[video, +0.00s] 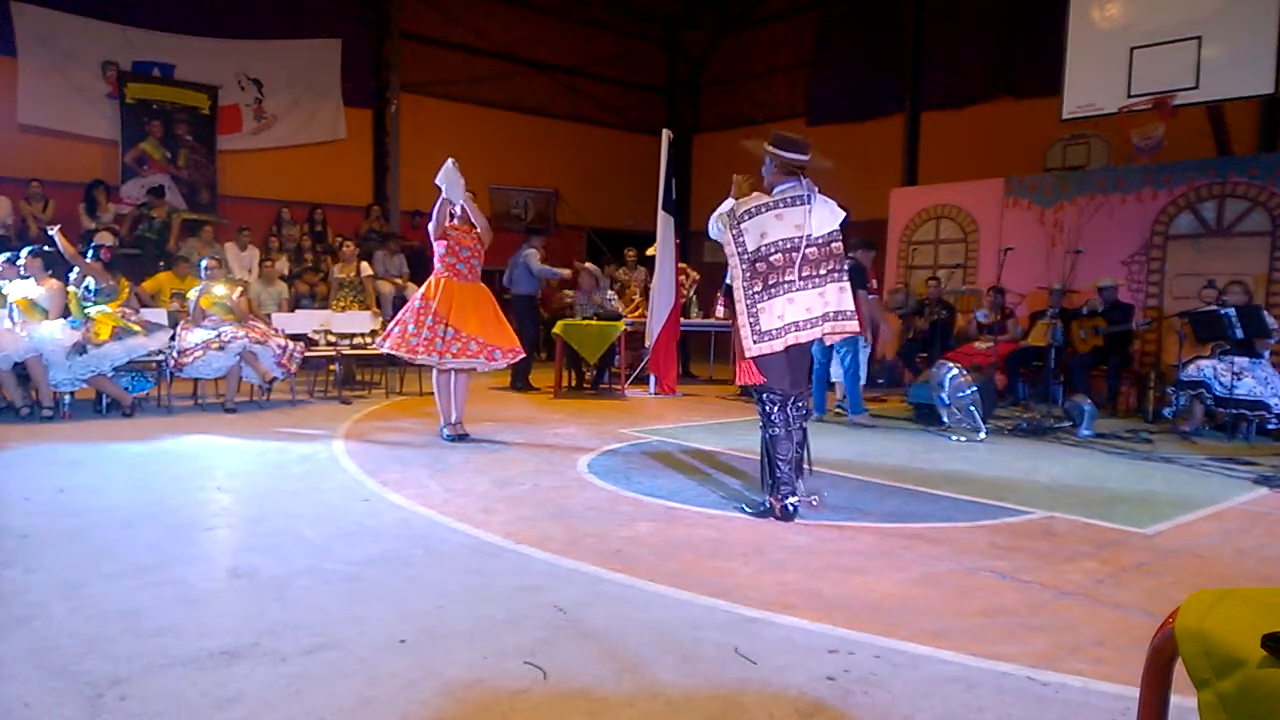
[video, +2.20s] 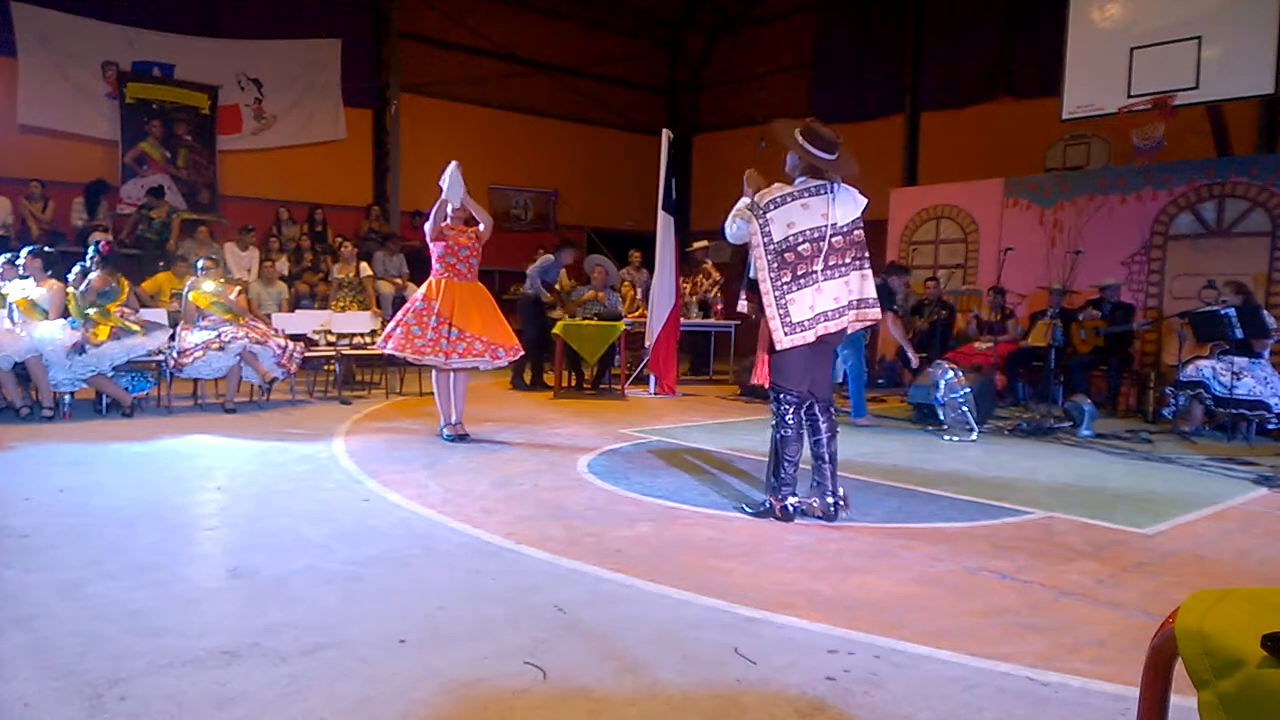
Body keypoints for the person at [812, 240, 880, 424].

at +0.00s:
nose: (870, 261)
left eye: (871, 257)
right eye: (869, 257)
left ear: (850, 252)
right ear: (860, 253)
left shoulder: (825, 266)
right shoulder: (856, 268)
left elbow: (819, 297)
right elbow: (862, 299)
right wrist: (867, 328)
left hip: (822, 323)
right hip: (846, 324)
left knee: (820, 368)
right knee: (851, 370)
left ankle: (818, 409)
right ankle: (856, 410)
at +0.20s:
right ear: (860, 256)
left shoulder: (824, 270)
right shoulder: (859, 272)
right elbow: (871, 308)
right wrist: (886, 339)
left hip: (820, 323)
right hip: (846, 325)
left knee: (818, 366)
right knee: (852, 368)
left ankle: (818, 409)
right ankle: (858, 411)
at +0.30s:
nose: (863, 257)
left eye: (861, 254)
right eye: (861, 254)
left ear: (842, 253)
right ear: (861, 255)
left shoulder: (827, 270)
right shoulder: (865, 277)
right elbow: (877, 315)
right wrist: (898, 344)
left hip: (820, 325)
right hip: (845, 329)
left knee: (818, 369)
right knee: (852, 370)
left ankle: (817, 409)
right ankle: (858, 412)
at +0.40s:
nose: (899, 292)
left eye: (902, 288)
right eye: (898, 287)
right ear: (888, 280)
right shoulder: (875, 289)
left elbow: (872, 320)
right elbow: (888, 324)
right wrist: (908, 349)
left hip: (820, 324)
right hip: (843, 328)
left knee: (820, 366)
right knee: (853, 370)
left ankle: (817, 409)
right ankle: (858, 413)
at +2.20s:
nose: (904, 286)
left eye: (905, 283)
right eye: (902, 282)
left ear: (890, 278)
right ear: (892, 278)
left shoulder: (871, 284)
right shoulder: (885, 290)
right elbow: (891, 321)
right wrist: (909, 350)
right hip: (852, 329)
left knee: (830, 373)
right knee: (856, 372)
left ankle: (821, 408)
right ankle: (859, 413)